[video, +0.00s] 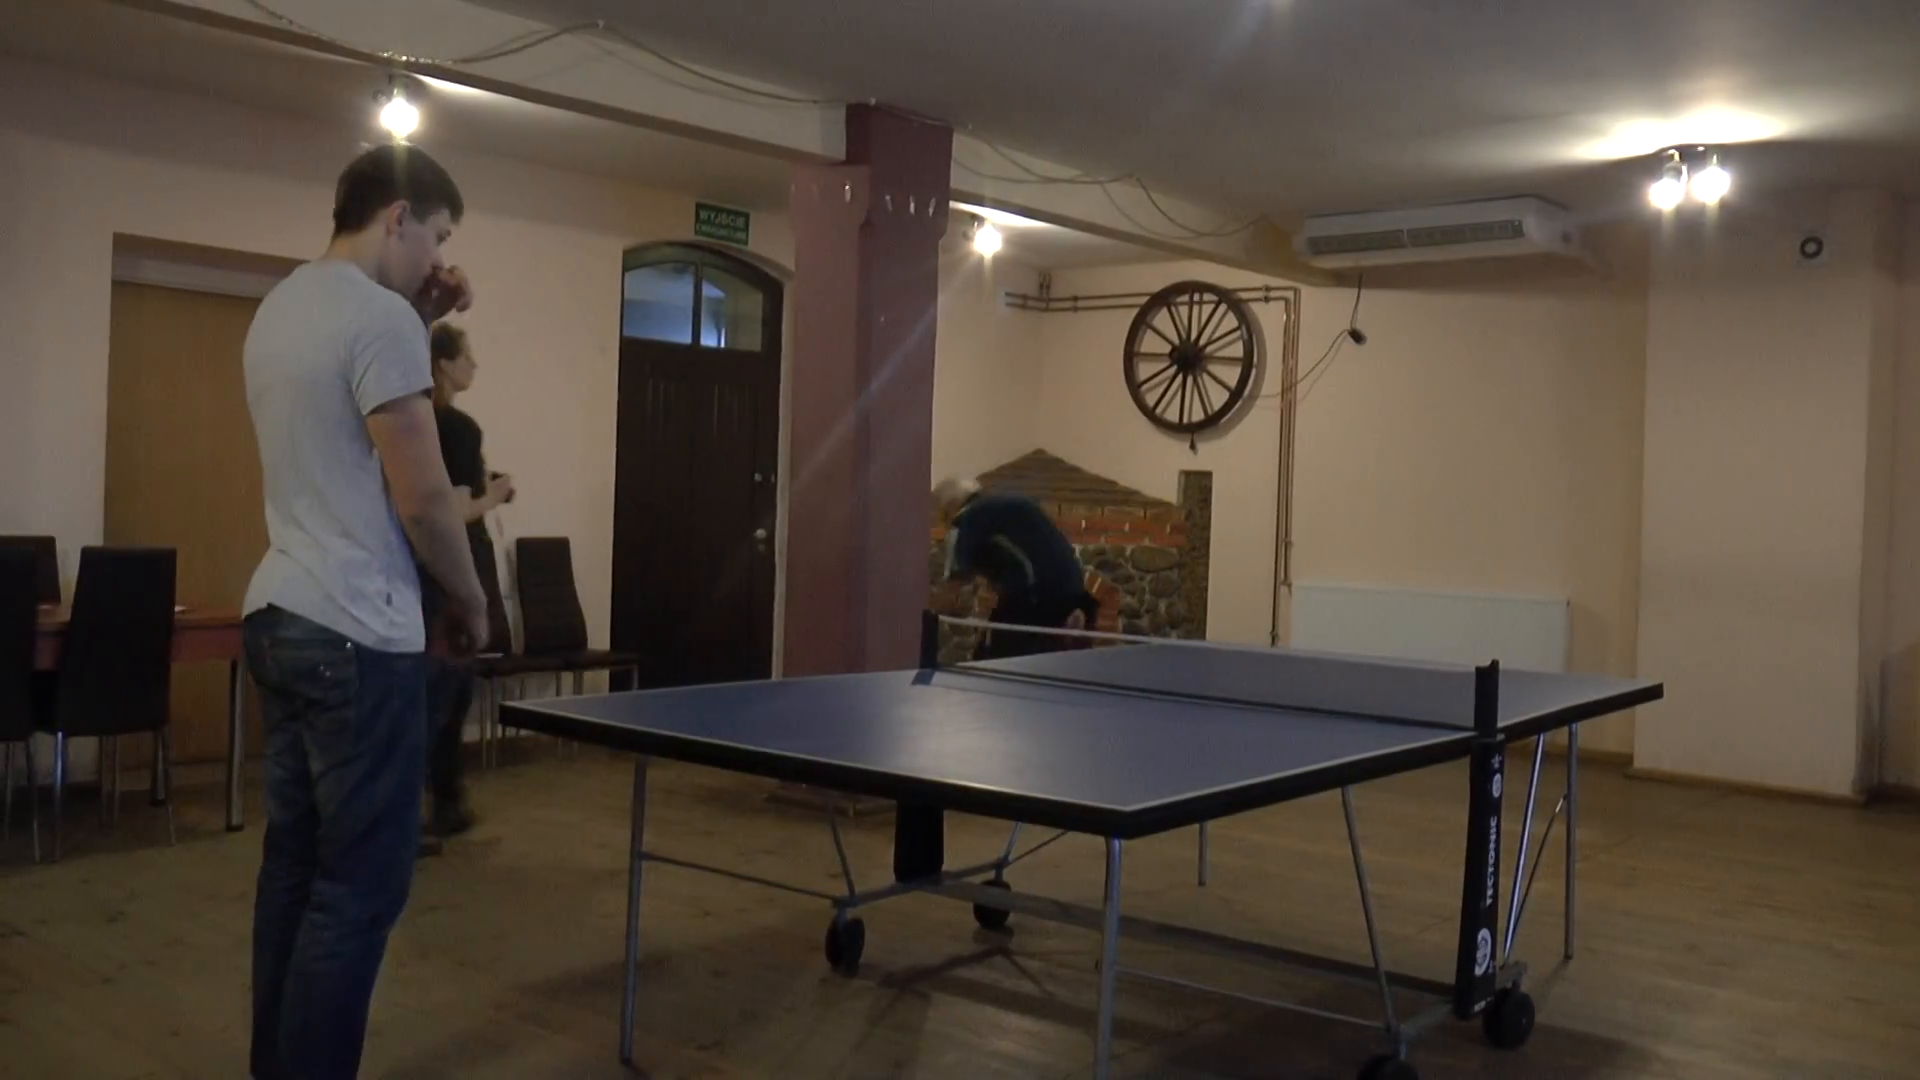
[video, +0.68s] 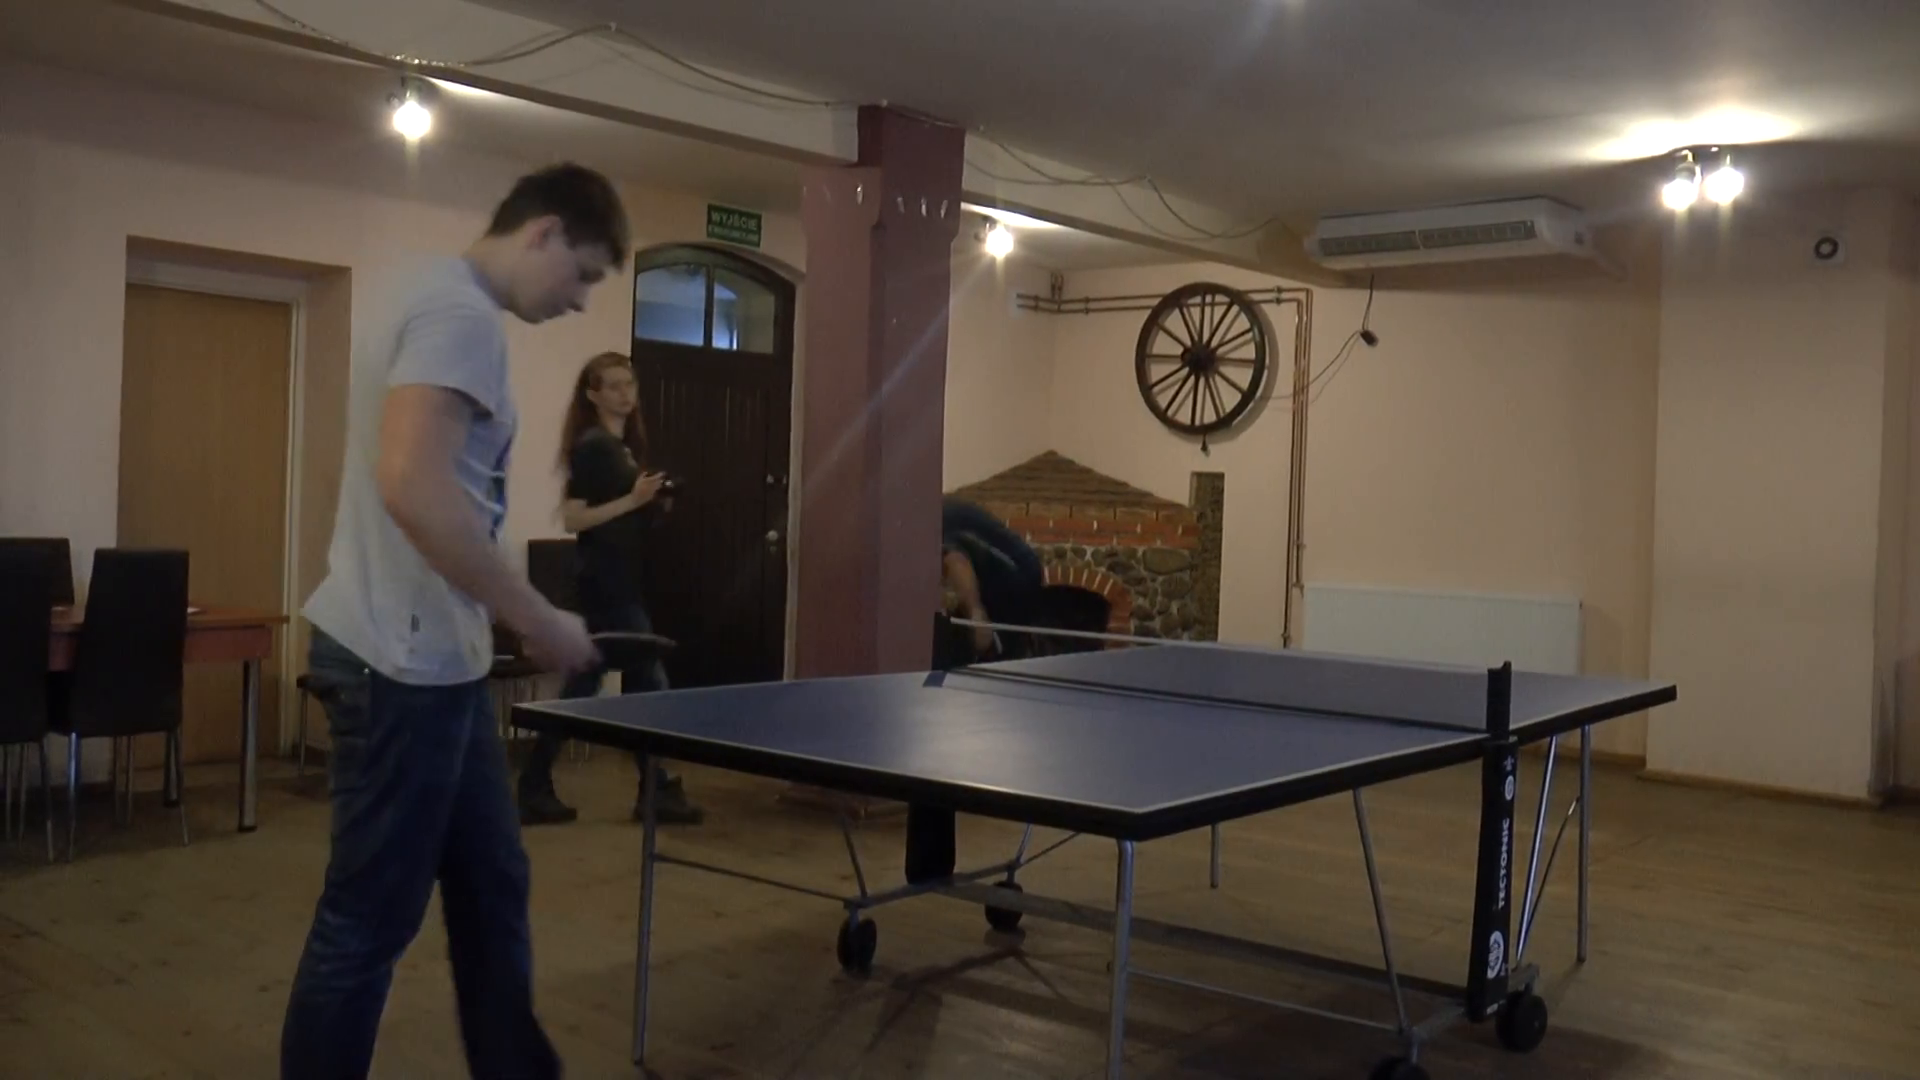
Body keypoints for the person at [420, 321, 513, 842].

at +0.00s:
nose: (474, 368)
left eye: (472, 359)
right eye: (467, 359)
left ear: (441, 365)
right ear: (442, 364)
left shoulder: (412, 416)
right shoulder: (457, 427)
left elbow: (447, 490)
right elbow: (448, 514)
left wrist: (482, 488)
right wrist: (492, 500)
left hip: (416, 569)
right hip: (451, 575)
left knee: (438, 687)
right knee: (450, 689)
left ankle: (440, 801)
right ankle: (445, 805)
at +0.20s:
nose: (520, 383)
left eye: (519, 375)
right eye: (513, 376)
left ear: (485, 381)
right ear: (486, 381)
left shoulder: (473, 429)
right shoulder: (489, 436)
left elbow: (485, 508)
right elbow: (487, 518)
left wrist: (533, 502)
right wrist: (538, 508)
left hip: (491, 582)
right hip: (492, 587)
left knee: (501, 690)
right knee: (479, 694)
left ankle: (517, 791)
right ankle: (414, 798)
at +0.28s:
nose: (538, 383)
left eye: (537, 375)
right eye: (530, 376)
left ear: (508, 381)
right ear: (503, 380)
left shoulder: (506, 430)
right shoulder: (500, 434)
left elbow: (508, 508)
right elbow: (499, 515)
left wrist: (554, 502)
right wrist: (557, 507)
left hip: (524, 580)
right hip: (509, 584)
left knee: (526, 686)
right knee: (516, 690)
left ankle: (525, 792)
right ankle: (435, 785)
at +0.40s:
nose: (563, 381)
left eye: (565, 373)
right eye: (555, 374)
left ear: (554, 379)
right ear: (528, 379)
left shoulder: (542, 431)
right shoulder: (529, 435)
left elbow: (535, 502)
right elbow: (519, 508)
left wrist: (580, 494)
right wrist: (582, 500)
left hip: (545, 575)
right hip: (533, 579)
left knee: (546, 673)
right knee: (552, 675)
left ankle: (529, 781)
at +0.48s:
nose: (579, 380)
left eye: (582, 373)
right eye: (570, 373)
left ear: (582, 379)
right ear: (545, 380)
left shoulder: (564, 430)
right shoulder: (543, 432)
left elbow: (556, 501)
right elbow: (531, 505)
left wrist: (600, 494)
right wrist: (595, 496)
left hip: (560, 572)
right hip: (551, 575)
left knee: (552, 674)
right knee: (605, 671)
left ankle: (534, 789)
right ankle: (545, 781)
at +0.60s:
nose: (609, 388)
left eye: (612, 380)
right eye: (599, 381)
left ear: (613, 387)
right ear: (574, 388)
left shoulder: (598, 437)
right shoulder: (568, 439)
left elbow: (587, 501)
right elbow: (555, 513)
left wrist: (625, 492)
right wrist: (617, 497)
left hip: (593, 572)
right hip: (579, 577)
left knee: (551, 676)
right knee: (629, 675)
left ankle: (529, 788)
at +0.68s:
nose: (626, 393)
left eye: (630, 385)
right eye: (615, 386)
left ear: (635, 391)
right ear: (593, 393)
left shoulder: (622, 445)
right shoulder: (591, 446)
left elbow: (611, 506)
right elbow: (571, 517)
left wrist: (648, 494)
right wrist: (632, 499)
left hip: (620, 575)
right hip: (603, 579)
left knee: (581, 683)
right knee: (648, 680)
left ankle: (535, 781)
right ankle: (657, 785)